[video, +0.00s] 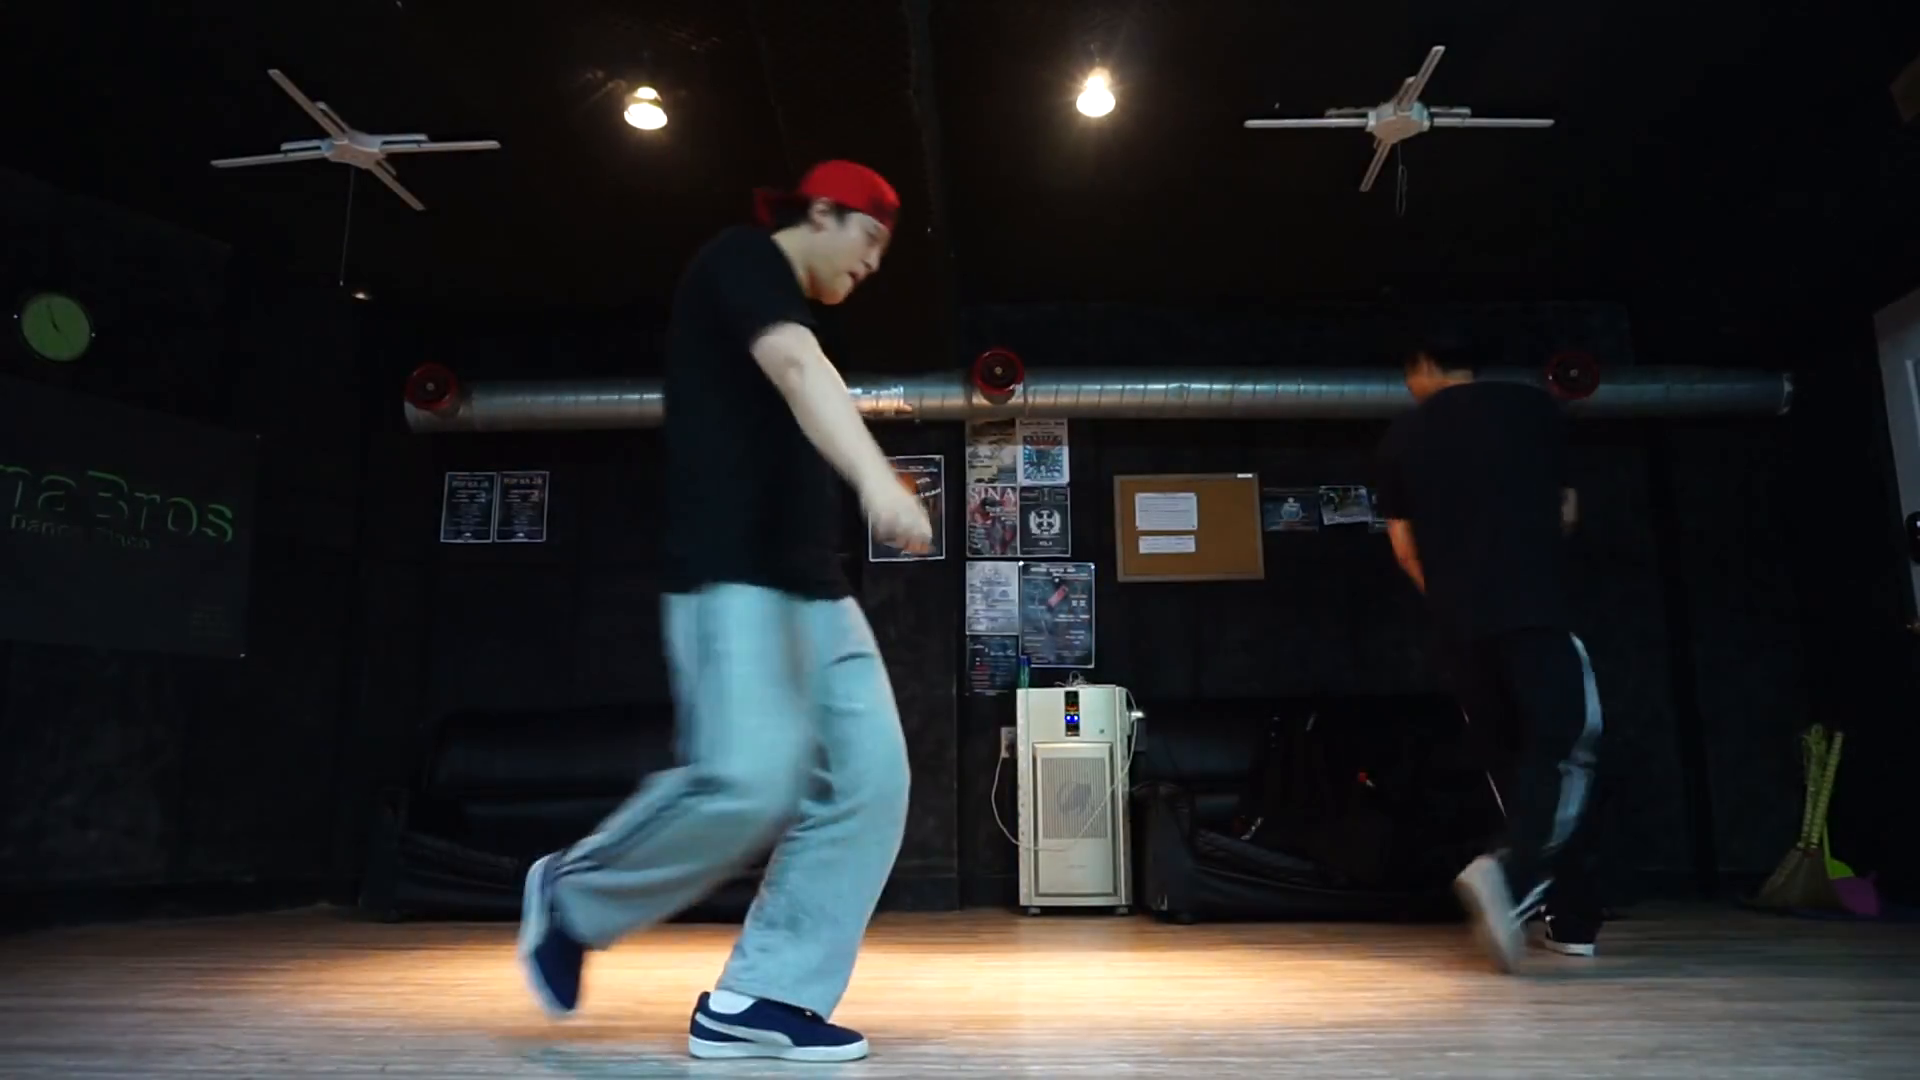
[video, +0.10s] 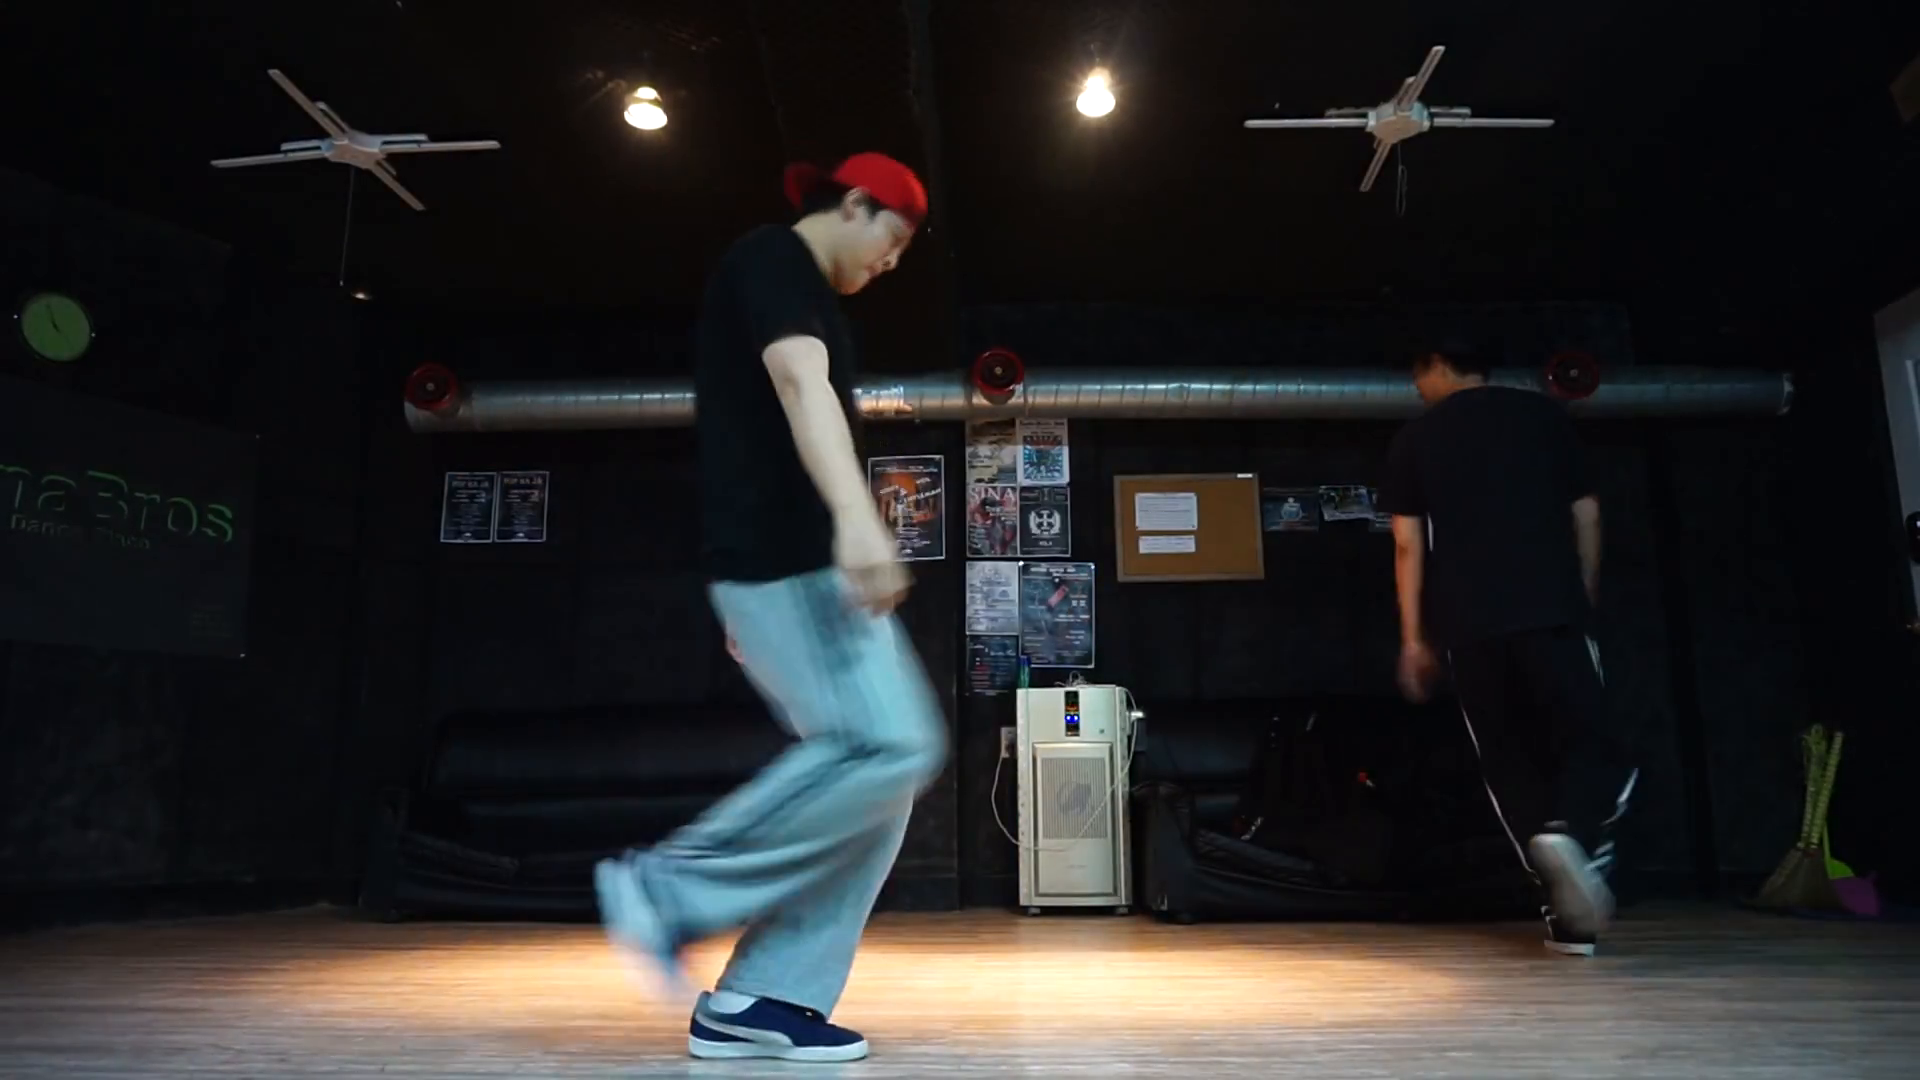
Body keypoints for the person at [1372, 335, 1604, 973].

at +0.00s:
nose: (1410, 386)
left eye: (1411, 375)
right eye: (1410, 374)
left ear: (1424, 369)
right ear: (1477, 361)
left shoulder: (1406, 436)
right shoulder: (1534, 409)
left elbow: (1405, 547)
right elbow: (1565, 513)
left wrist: (1449, 596)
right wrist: (1523, 560)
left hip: (1460, 617)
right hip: (1536, 609)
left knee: (1507, 762)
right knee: (1564, 746)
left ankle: (1570, 919)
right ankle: (1509, 875)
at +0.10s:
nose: (1419, 386)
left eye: (1421, 373)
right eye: (1419, 373)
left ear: (1439, 368)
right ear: (1483, 365)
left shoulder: (1417, 439)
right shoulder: (1544, 416)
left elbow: (1409, 544)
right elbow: (1586, 514)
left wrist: (1412, 637)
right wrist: (1585, 592)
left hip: (1470, 623)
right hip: (1550, 614)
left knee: (1506, 760)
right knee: (1602, 741)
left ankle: (1567, 914)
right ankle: (1574, 838)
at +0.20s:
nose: (1422, 383)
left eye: (1424, 369)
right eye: (1422, 371)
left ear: (1446, 361)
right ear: (1486, 363)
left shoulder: (1430, 429)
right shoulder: (1548, 415)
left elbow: (1404, 522)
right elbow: (1604, 506)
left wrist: (1382, 613)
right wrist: (1644, 595)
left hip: (1485, 621)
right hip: (1566, 613)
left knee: (1512, 767)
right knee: (1586, 731)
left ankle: (1570, 921)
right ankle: (1607, 840)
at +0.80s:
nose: (1438, 412)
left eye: (1447, 398)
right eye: (1435, 403)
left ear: (1485, 397)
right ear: (1483, 403)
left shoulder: (1482, 456)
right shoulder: (1526, 451)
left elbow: (1458, 532)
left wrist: (1408, 605)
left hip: (1502, 624)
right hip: (1544, 619)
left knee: (1476, 758)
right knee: (1542, 751)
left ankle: (1563, 869)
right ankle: (1563, 899)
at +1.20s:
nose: (1439, 409)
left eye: (1451, 399)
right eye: (1431, 403)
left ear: (1480, 408)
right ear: (1424, 417)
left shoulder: (1495, 466)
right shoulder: (1442, 480)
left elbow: (1458, 549)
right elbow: (1431, 551)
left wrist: (1378, 580)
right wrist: (1376, 574)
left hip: (1499, 640)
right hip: (1468, 641)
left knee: (1483, 770)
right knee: (1513, 767)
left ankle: (1477, 901)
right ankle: (1551, 890)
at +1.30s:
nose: (1439, 406)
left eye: (1451, 397)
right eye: (1430, 399)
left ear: (1476, 407)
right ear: (1420, 414)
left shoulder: (1495, 466)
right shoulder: (1431, 483)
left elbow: (1476, 551)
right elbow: (1414, 551)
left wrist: (1441, 627)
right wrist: (1389, 600)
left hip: (1493, 635)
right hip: (1450, 633)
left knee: (1482, 766)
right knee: (1463, 763)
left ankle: (1479, 900)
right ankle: (1537, 867)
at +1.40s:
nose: (1439, 400)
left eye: (1451, 391)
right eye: (1429, 393)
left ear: (1473, 405)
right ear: (1415, 408)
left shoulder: (1493, 467)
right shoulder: (1420, 483)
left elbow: (1508, 554)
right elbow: (1405, 564)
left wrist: (1528, 632)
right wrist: (1391, 632)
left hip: (1481, 636)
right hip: (1426, 640)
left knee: (1479, 766)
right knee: (1429, 762)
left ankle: (1475, 900)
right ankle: (1512, 857)